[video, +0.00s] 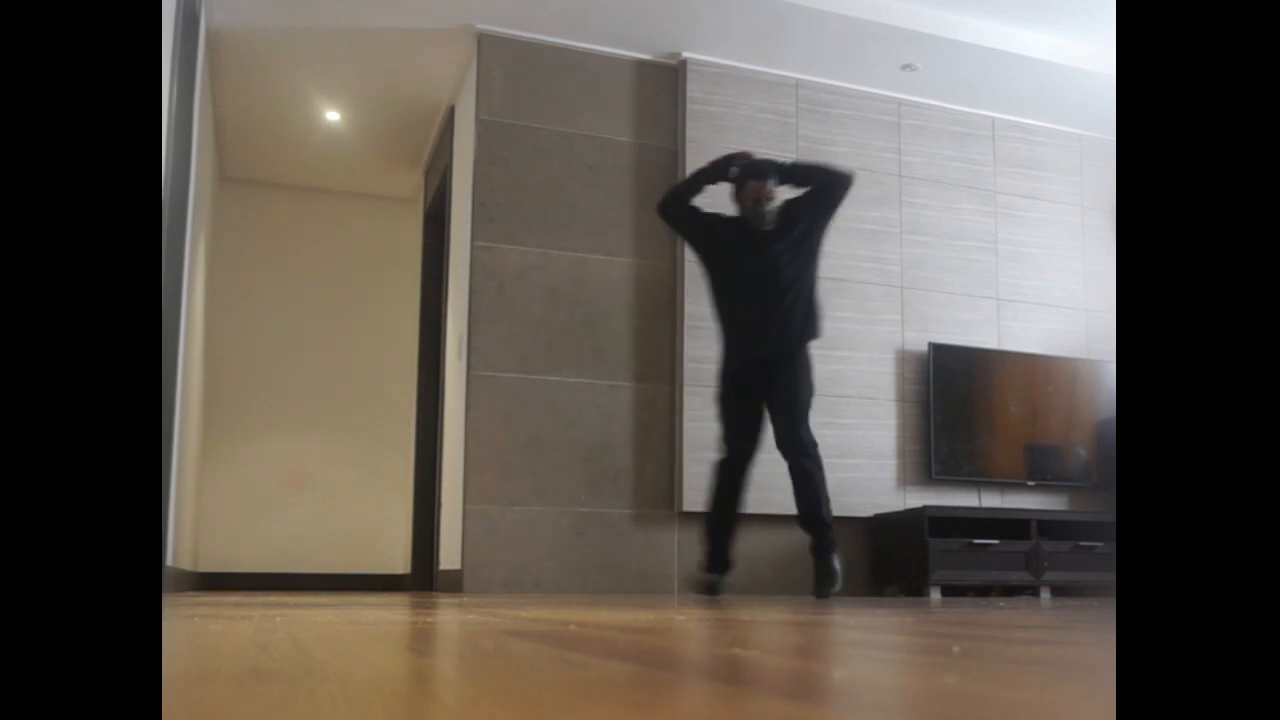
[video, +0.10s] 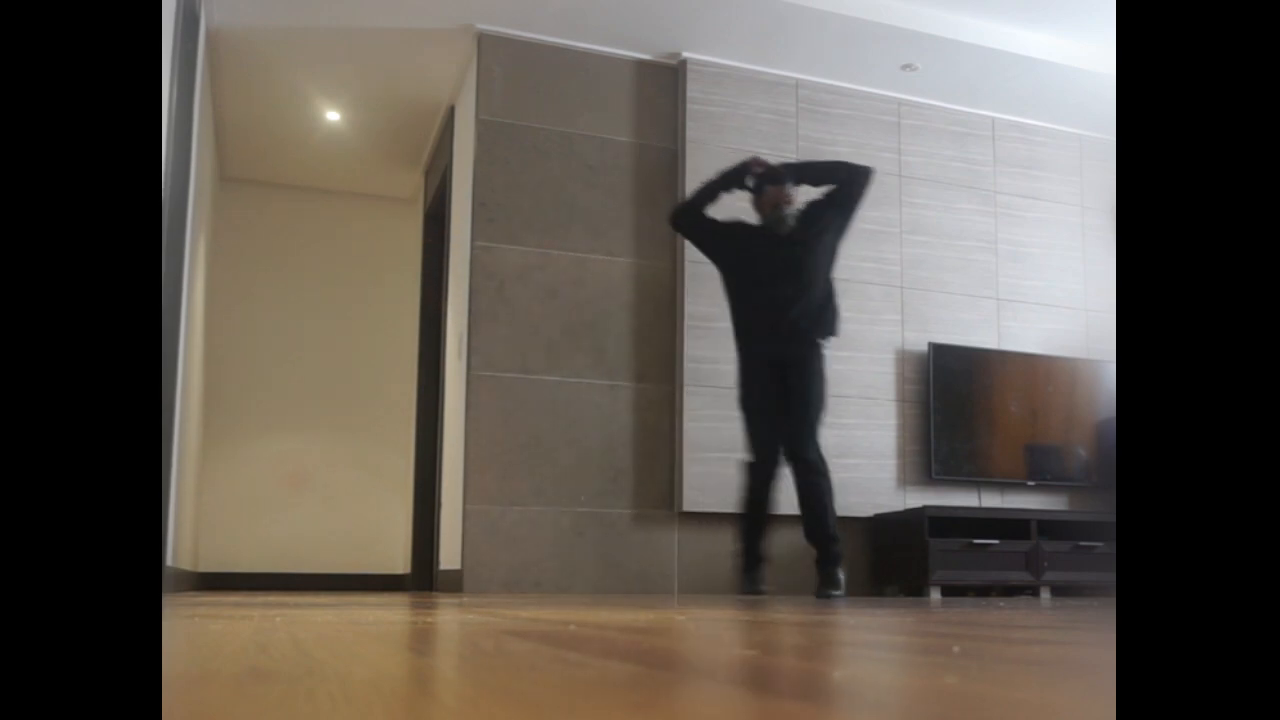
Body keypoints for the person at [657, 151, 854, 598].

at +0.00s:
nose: (758, 195)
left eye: (764, 187)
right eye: (749, 189)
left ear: (775, 190)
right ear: (735, 195)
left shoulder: (800, 222)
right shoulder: (716, 233)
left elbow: (838, 181)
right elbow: (670, 207)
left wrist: (777, 170)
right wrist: (711, 172)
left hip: (790, 360)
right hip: (741, 362)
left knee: (798, 449)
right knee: (736, 456)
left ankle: (824, 553)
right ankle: (715, 565)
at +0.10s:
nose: (780, 197)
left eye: (784, 189)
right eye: (770, 191)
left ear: (795, 193)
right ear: (756, 201)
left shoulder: (818, 228)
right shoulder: (733, 242)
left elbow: (857, 176)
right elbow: (682, 218)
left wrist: (790, 172)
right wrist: (730, 179)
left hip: (803, 361)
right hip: (758, 364)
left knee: (804, 454)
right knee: (765, 461)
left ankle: (829, 566)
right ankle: (750, 568)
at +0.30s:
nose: (816, 195)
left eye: (821, 188)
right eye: (806, 189)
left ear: (831, 194)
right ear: (789, 199)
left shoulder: (850, 230)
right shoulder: (764, 242)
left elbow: (894, 178)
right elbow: (710, 223)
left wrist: (828, 171)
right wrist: (757, 182)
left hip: (844, 358)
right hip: (797, 361)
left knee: (850, 451)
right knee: (818, 450)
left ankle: (860, 562)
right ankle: (812, 563)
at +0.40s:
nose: (840, 214)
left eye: (845, 207)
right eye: (830, 208)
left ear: (854, 212)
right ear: (813, 216)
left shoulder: (869, 247)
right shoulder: (784, 258)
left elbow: (916, 199)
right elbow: (735, 238)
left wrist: (851, 186)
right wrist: (782, 196)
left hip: (862, 372)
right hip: (815, 377)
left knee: (872, 457)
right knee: (825, 468)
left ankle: (916, 555)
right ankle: (818, 571)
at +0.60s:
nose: (887, 219)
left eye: (892, 212)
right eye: (879, 212)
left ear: (900, 215)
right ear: (862, 218)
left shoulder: (920, 249)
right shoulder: (838, 262)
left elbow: (964, 209)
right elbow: (787, 282)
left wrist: (914, 187)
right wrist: (801, 227)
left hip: (905, 381)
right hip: (852, 382)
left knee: (934, 472)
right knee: (819, 460)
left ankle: (957, 575)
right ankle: (822, 560)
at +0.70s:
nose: (907, 223)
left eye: (911, 217)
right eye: (897, 217)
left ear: (918, 221)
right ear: (880, 225)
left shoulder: (939, 259)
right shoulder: (858, 272)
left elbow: (983, 226)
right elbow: (811, 309)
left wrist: (938, 191)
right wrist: (808, 260)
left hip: (922, 391)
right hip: (869, 389)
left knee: (951, 480)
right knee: (823, 454)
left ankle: (958, 578)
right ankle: (819, 562)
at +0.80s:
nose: (923, 232)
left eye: (929, 225)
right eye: (916, 224)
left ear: (935, 225)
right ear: (896, 222)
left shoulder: (946, 262)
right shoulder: (868, 267)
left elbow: (995, 272)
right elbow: (847, 321)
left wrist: (985, 221)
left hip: (936, 385)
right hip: (888, 381)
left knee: (950, 477)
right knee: (871, 460)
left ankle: (957, 577)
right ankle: (809, 551)